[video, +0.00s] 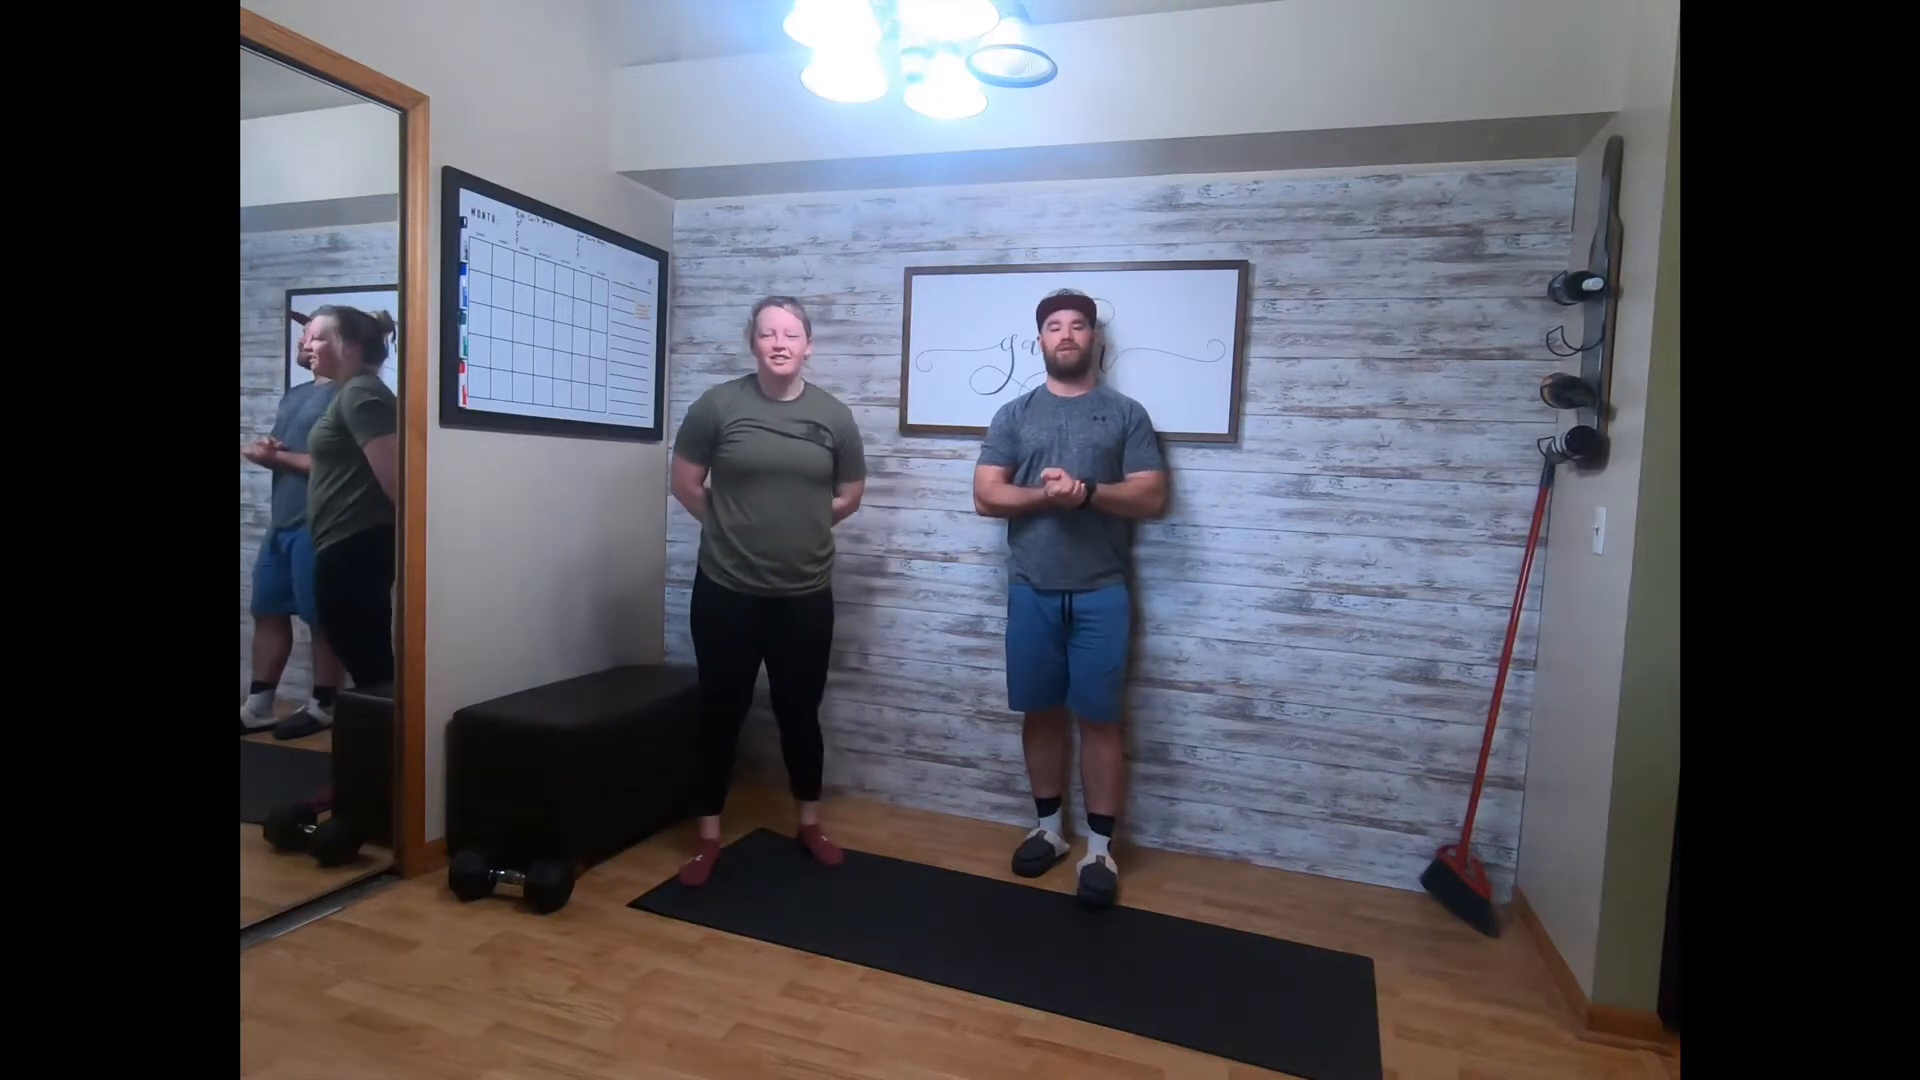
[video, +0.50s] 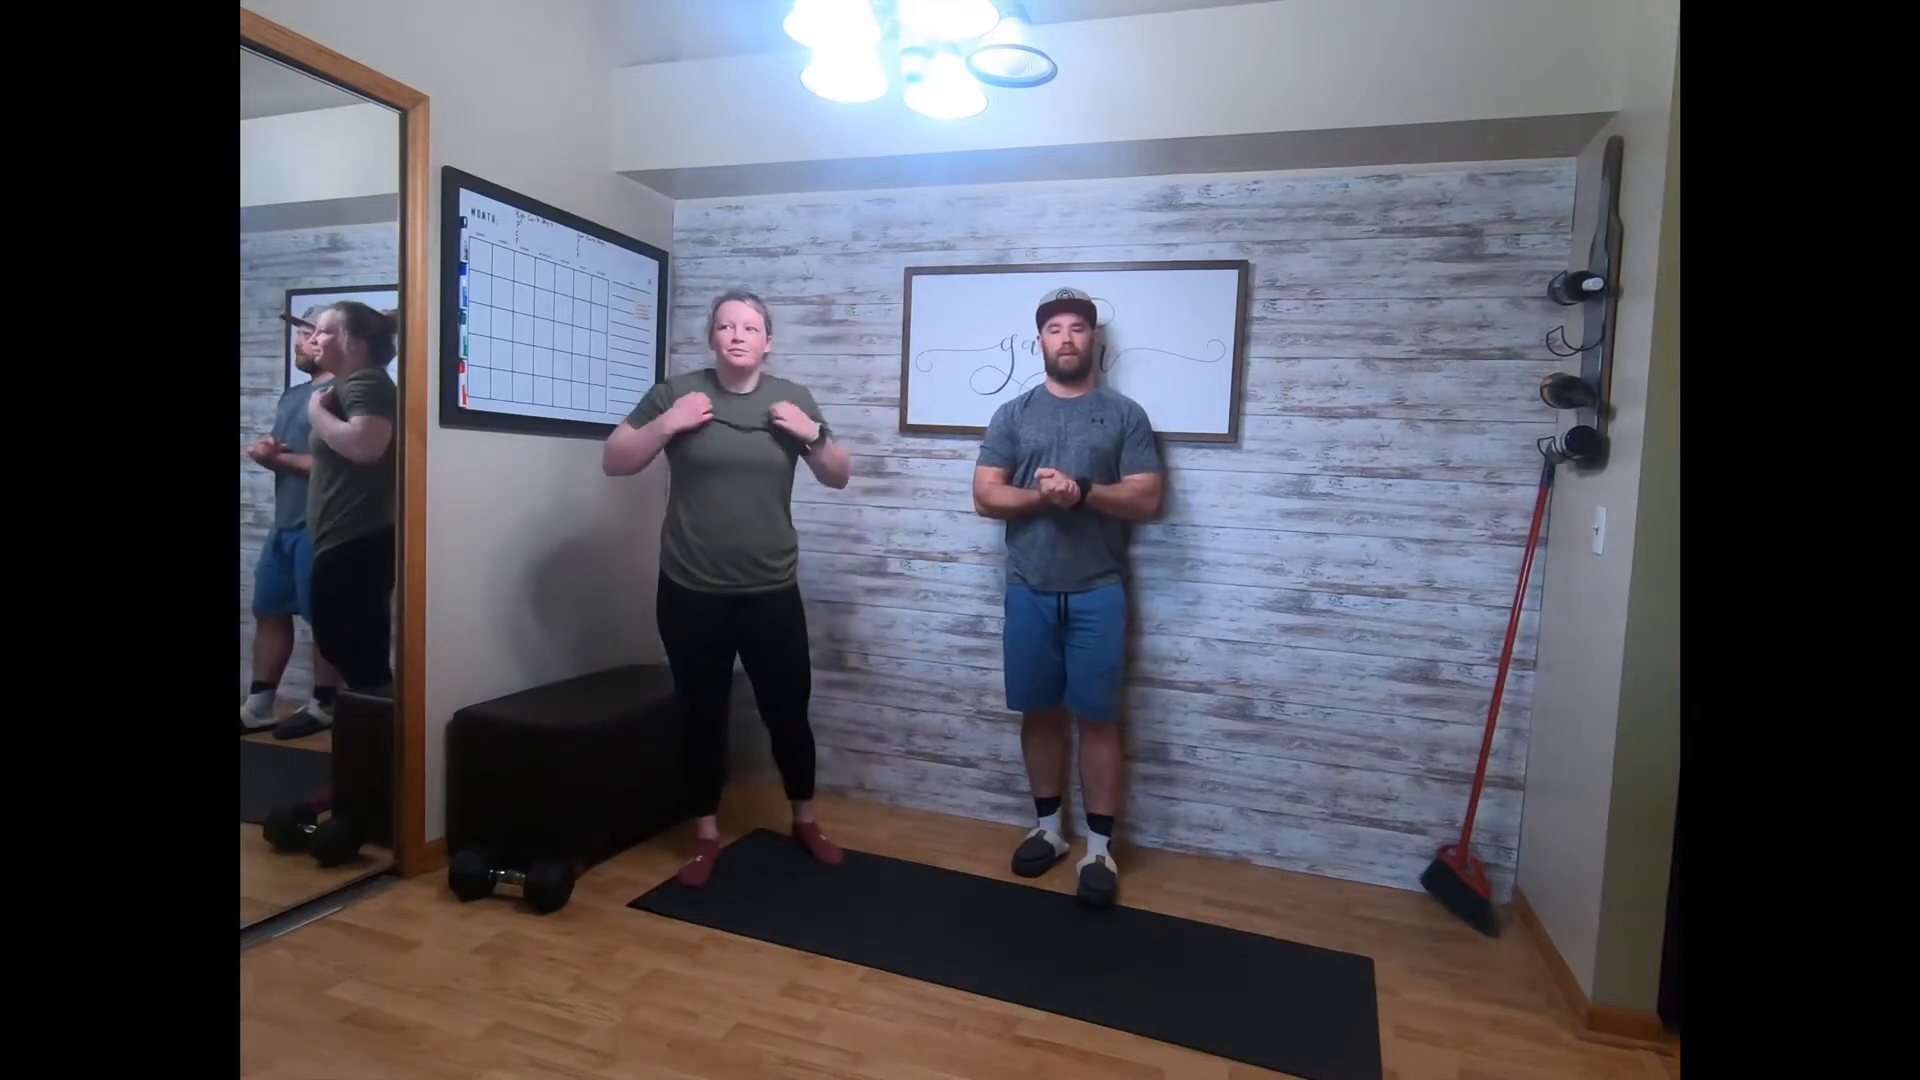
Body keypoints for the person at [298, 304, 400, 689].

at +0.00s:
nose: (311, 348)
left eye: (319, 339)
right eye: (312, 340)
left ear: (349, 345)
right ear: (349, 347)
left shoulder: (361, 393)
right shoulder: (348, 394)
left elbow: (398, 482)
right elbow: (338, 468)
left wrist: (425, 534)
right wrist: (282, 454)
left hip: (358, 540)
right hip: (345, 539)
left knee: (362, 650)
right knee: (360, 649)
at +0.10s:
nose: (308, 345)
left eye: (318, 337)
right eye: (309, 338)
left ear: (349, 345)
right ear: (345, 347)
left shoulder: (360, 390)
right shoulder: (344, 392)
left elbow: (397, 461)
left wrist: (407, 529)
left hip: (358, 538)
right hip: (342, 538)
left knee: (361, 649)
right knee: (355, 647)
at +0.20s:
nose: (309, 342)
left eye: (318, 335)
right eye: (310, 334)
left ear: (347, 343)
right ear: (349, 344)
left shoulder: (360, 389)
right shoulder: (346, 391)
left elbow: (399, 444)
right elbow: (337, 466)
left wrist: (384, 500)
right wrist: (283, 457)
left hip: (356, 542)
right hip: (340, 542)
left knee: (361, 657)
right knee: (357, 655)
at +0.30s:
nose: (311, 341)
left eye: (320, 334)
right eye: (312, 333)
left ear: (349, 343)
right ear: (351, 344)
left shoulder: (362, 386)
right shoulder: (348, 390)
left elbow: (390, 444)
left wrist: (336, 486)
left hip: (357, 543)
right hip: (343, 541)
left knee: (357, 651)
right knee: (349, 649)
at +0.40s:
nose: (315, 341)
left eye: (325, 333)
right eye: (316, 333)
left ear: (352, 342)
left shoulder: (365, 383)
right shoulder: (345, 389)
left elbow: (383, 438)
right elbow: (332, 465)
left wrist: (306, 438)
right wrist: (283, 458)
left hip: (359, 539)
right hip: (339, 539)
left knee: (355, 651)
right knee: (348, 649)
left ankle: (385, 754)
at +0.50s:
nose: (314, 339)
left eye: (324, 332)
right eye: (317, 331)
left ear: (353, 342)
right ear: (351, 345)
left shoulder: (367, 383)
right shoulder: (348, 386)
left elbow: (367, 445)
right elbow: (352, 449)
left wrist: (319, 416)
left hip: (358, 542)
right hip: (344, 540)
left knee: (357, 656)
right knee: (352, 654)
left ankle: (377, 763)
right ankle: (369, 760)